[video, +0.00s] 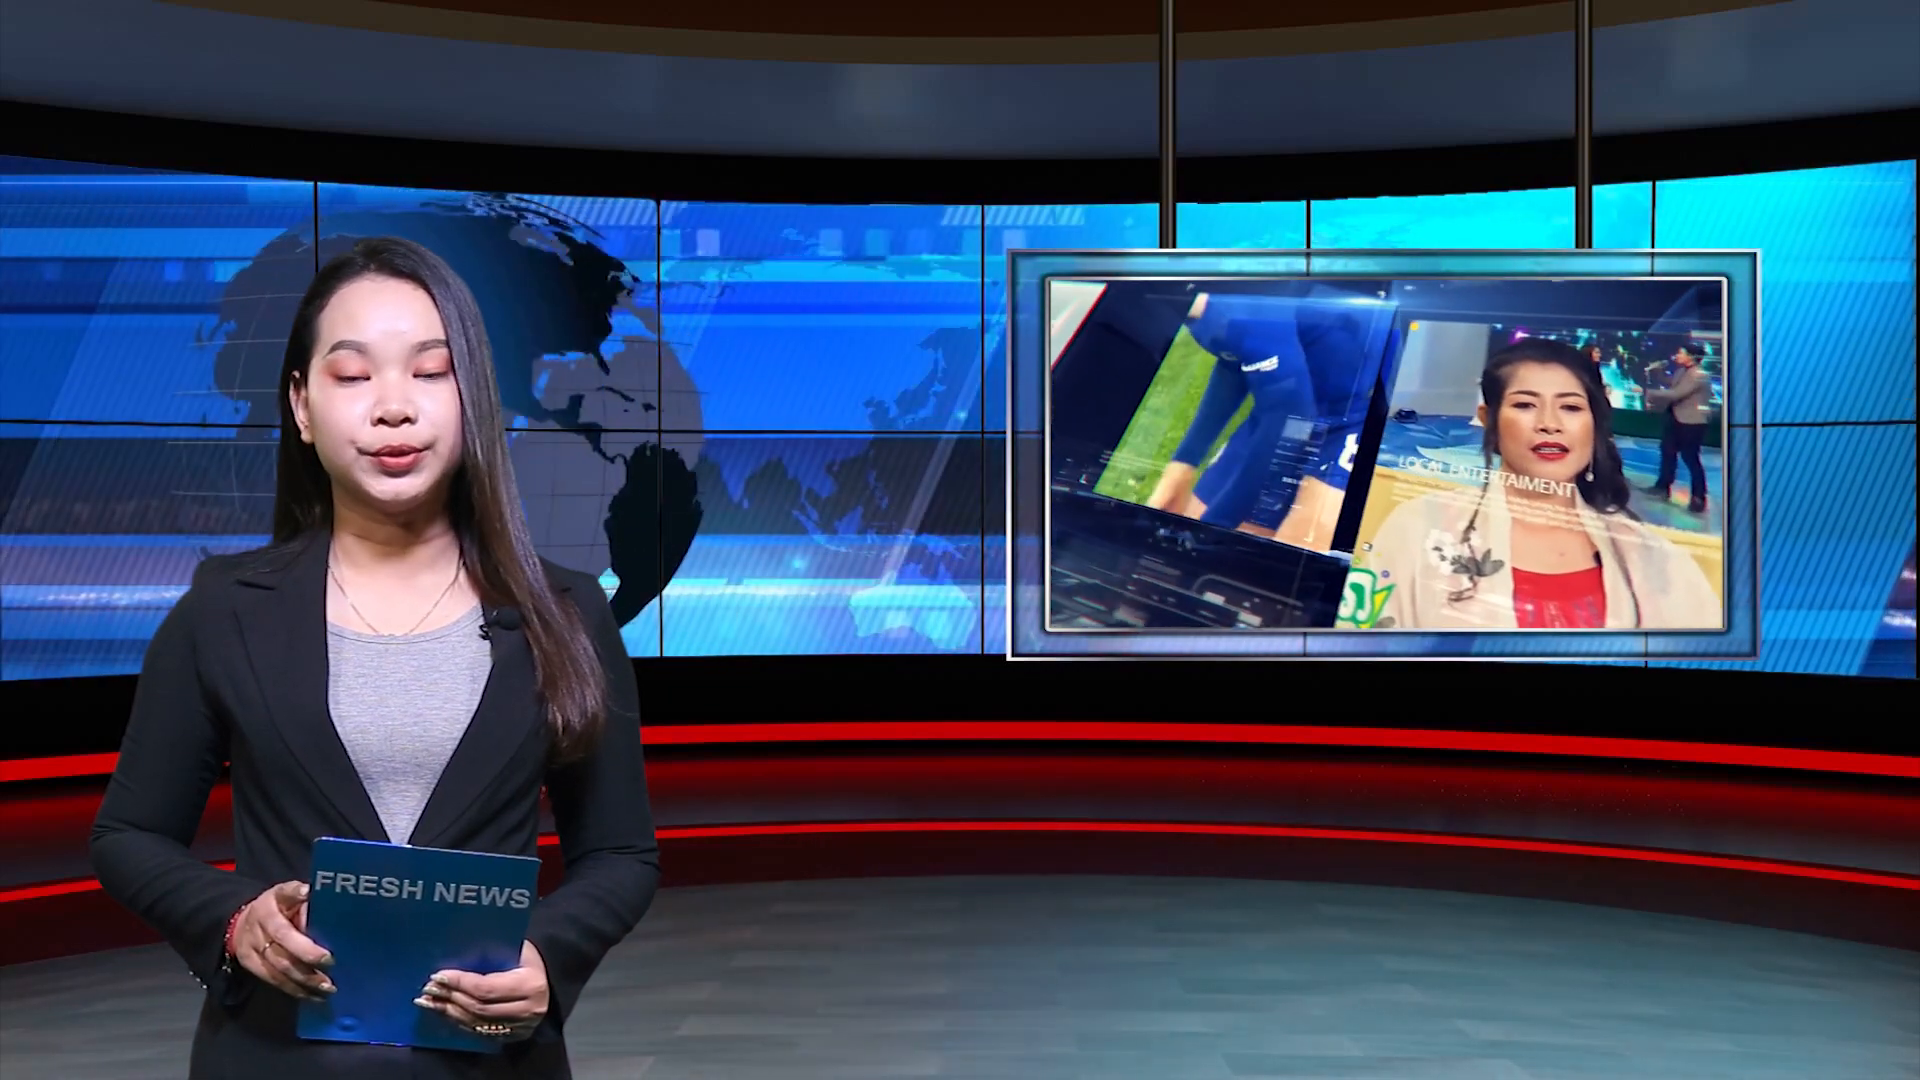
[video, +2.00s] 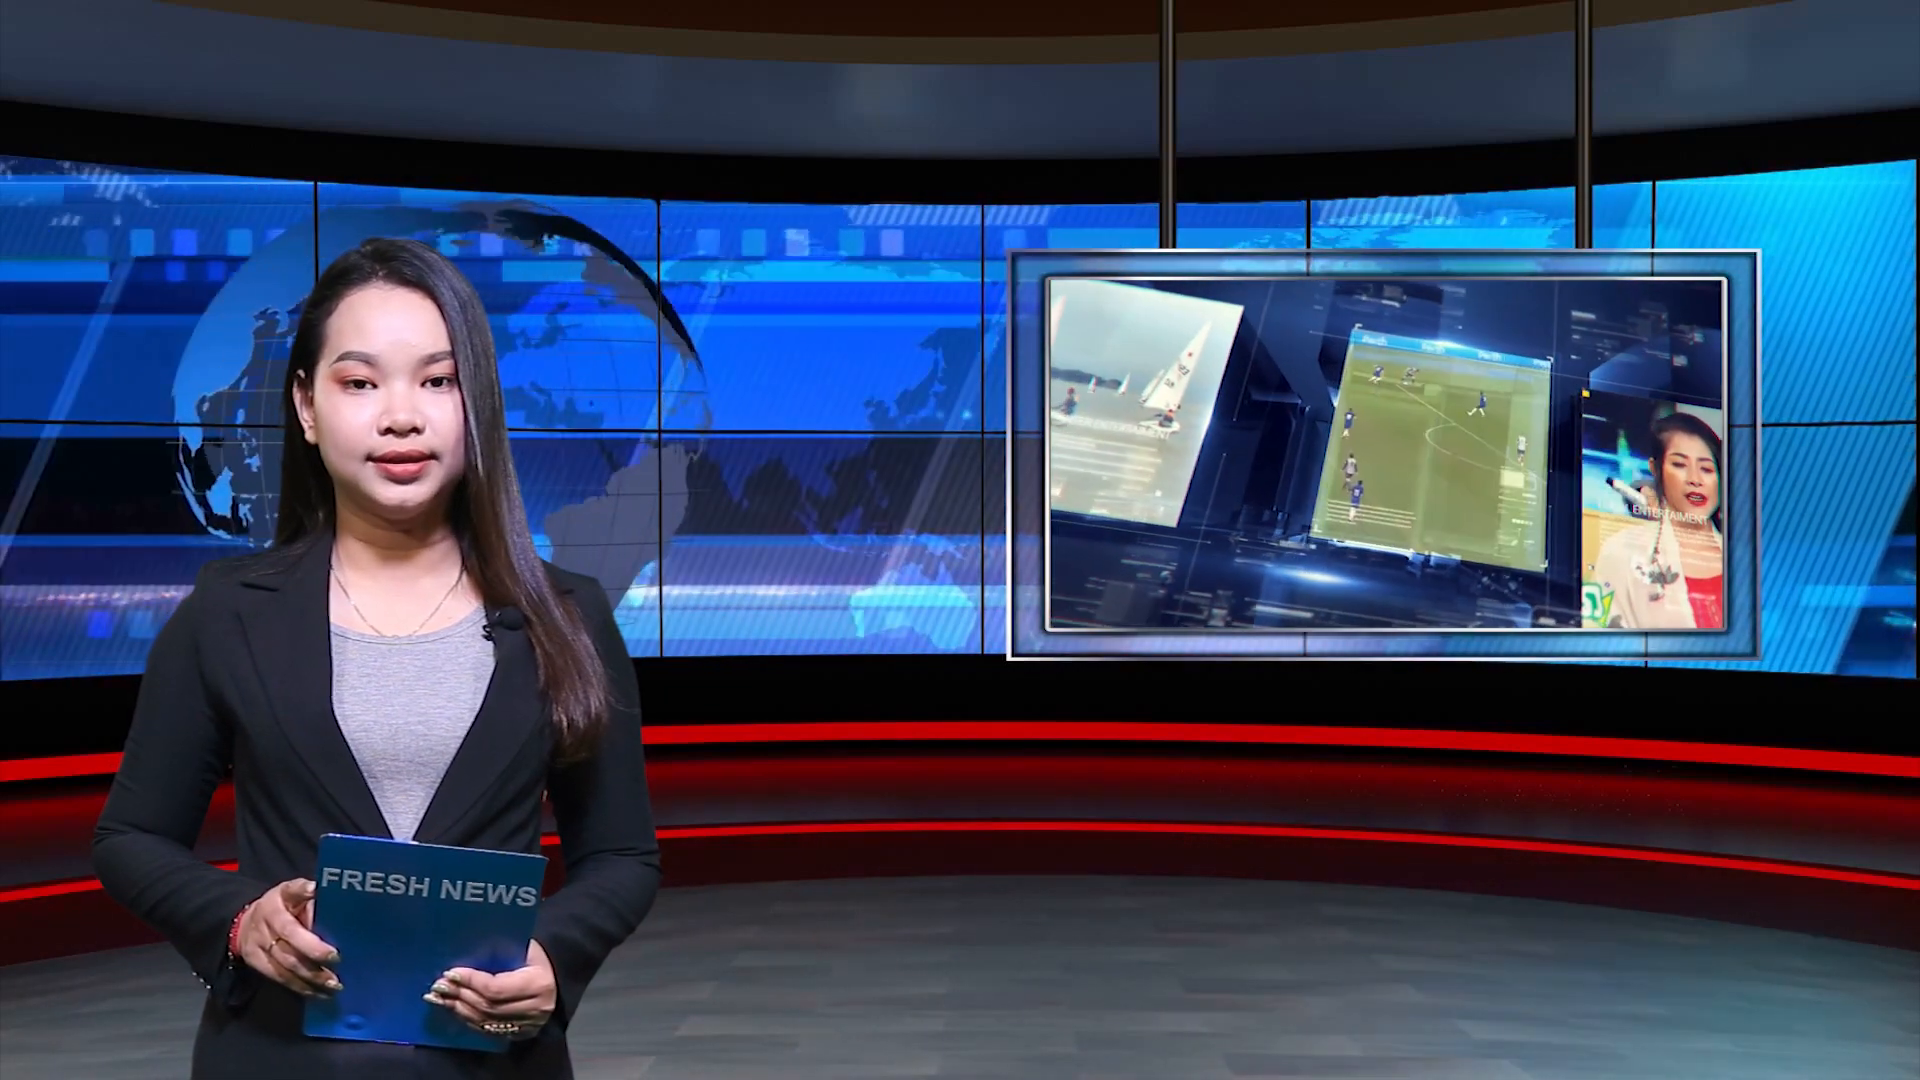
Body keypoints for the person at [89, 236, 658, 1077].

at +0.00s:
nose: (394, 406)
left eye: (429, 370)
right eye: (352, 373)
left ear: (471, 398)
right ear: (302, 406)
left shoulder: (561, 615)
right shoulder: (227, 610)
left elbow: (619, 855)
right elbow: (129, 836)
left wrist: (545, 961)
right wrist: (230, 918)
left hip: (491, 1052)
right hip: (276, 1054)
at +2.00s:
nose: (402, 416)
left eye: (436, 379)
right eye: (359, 380)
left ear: (475, 404)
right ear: (307, 409)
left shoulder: (562, 616)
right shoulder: (230, 613)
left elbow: (620, 857)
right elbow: (131, 839)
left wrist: (549, 960)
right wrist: (235, 915)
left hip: (493, 1051)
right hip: (280, 1054)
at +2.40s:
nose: (409, 414)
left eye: (443, 377)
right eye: (366, 377)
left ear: (481, 405)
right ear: (311, 407)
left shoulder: (564, 613)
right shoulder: (234, 610)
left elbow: (622, 855)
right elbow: (132, 838)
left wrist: (555, 960)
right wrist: (238, 916)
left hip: (497, 1051)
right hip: (282, 1053)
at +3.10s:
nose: (391, 411)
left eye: (428, 374)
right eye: (351, 377)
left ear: (477, 398)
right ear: (309, 407)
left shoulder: (568, 617)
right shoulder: (233, 614)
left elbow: (624, 856)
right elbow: (133, 838)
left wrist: (555, 961)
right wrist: (238, 916)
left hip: (495, 1051)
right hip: (282, 1053)